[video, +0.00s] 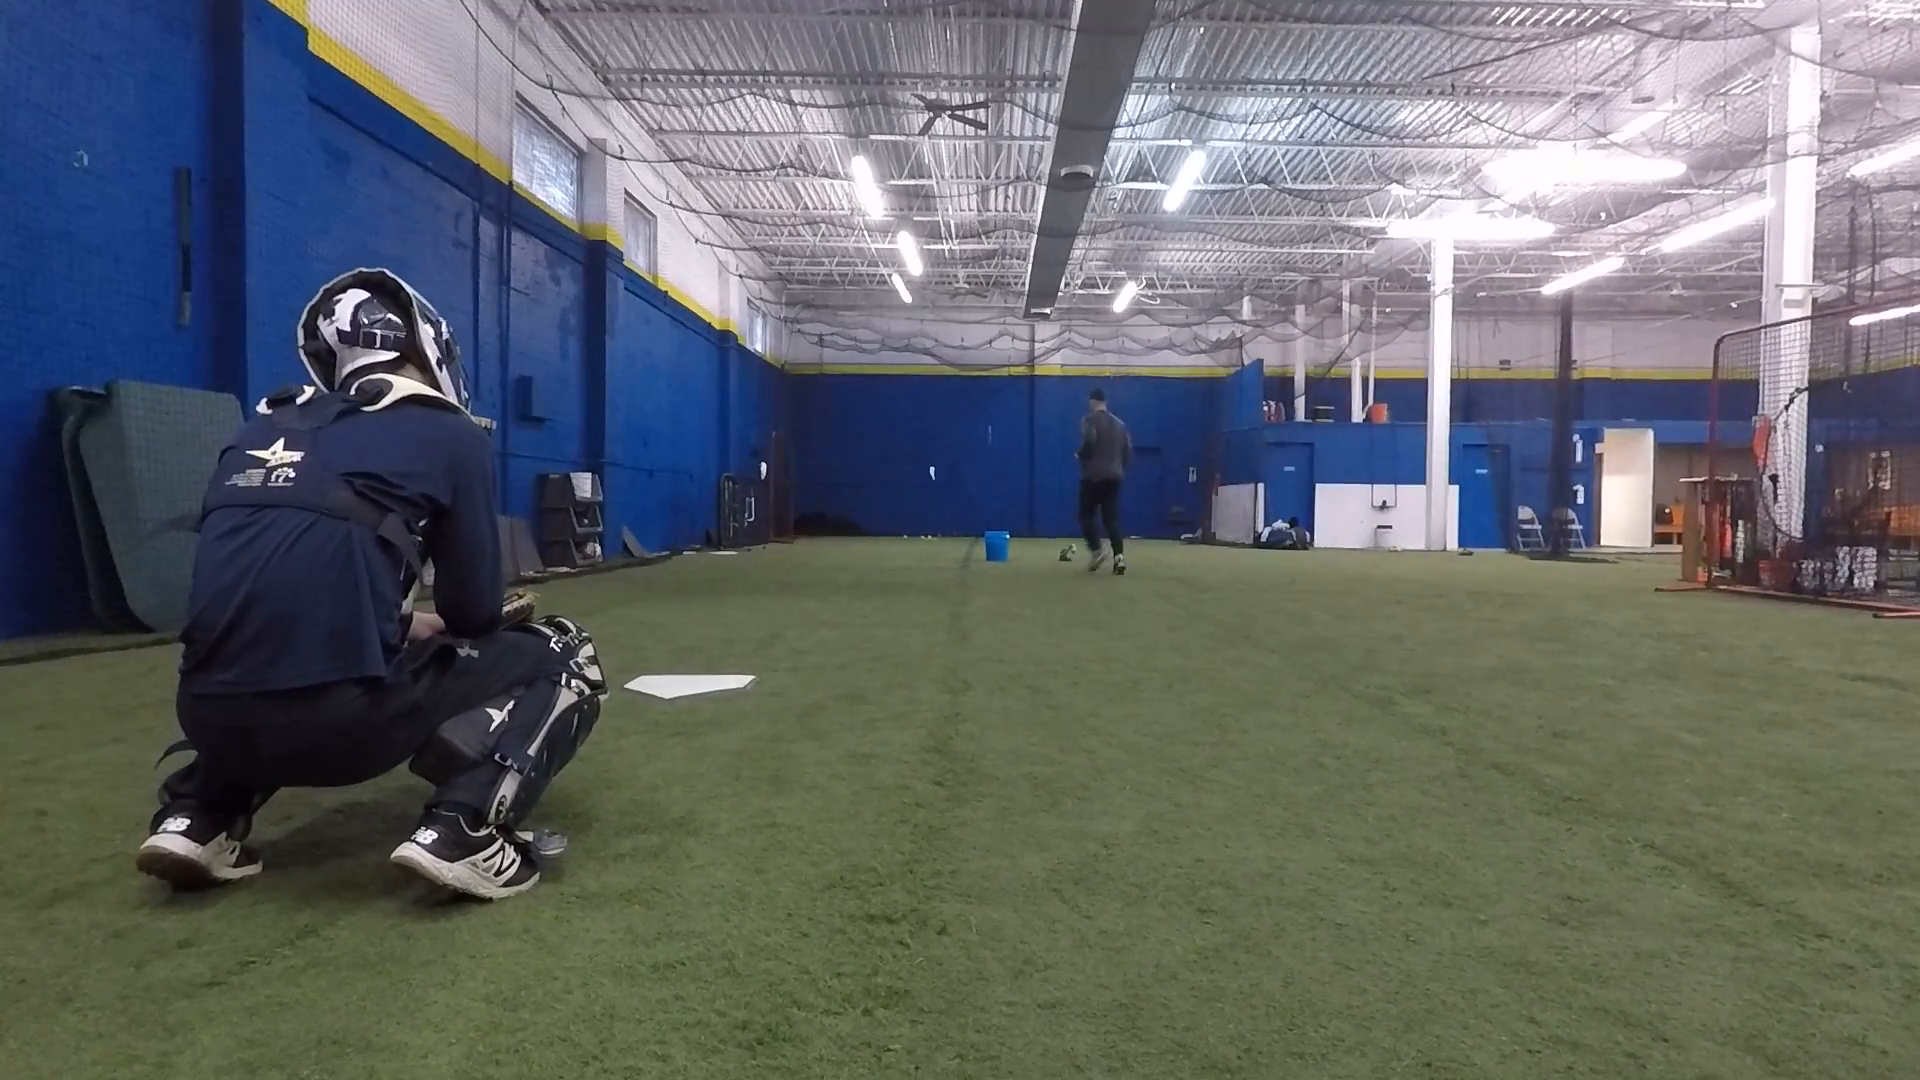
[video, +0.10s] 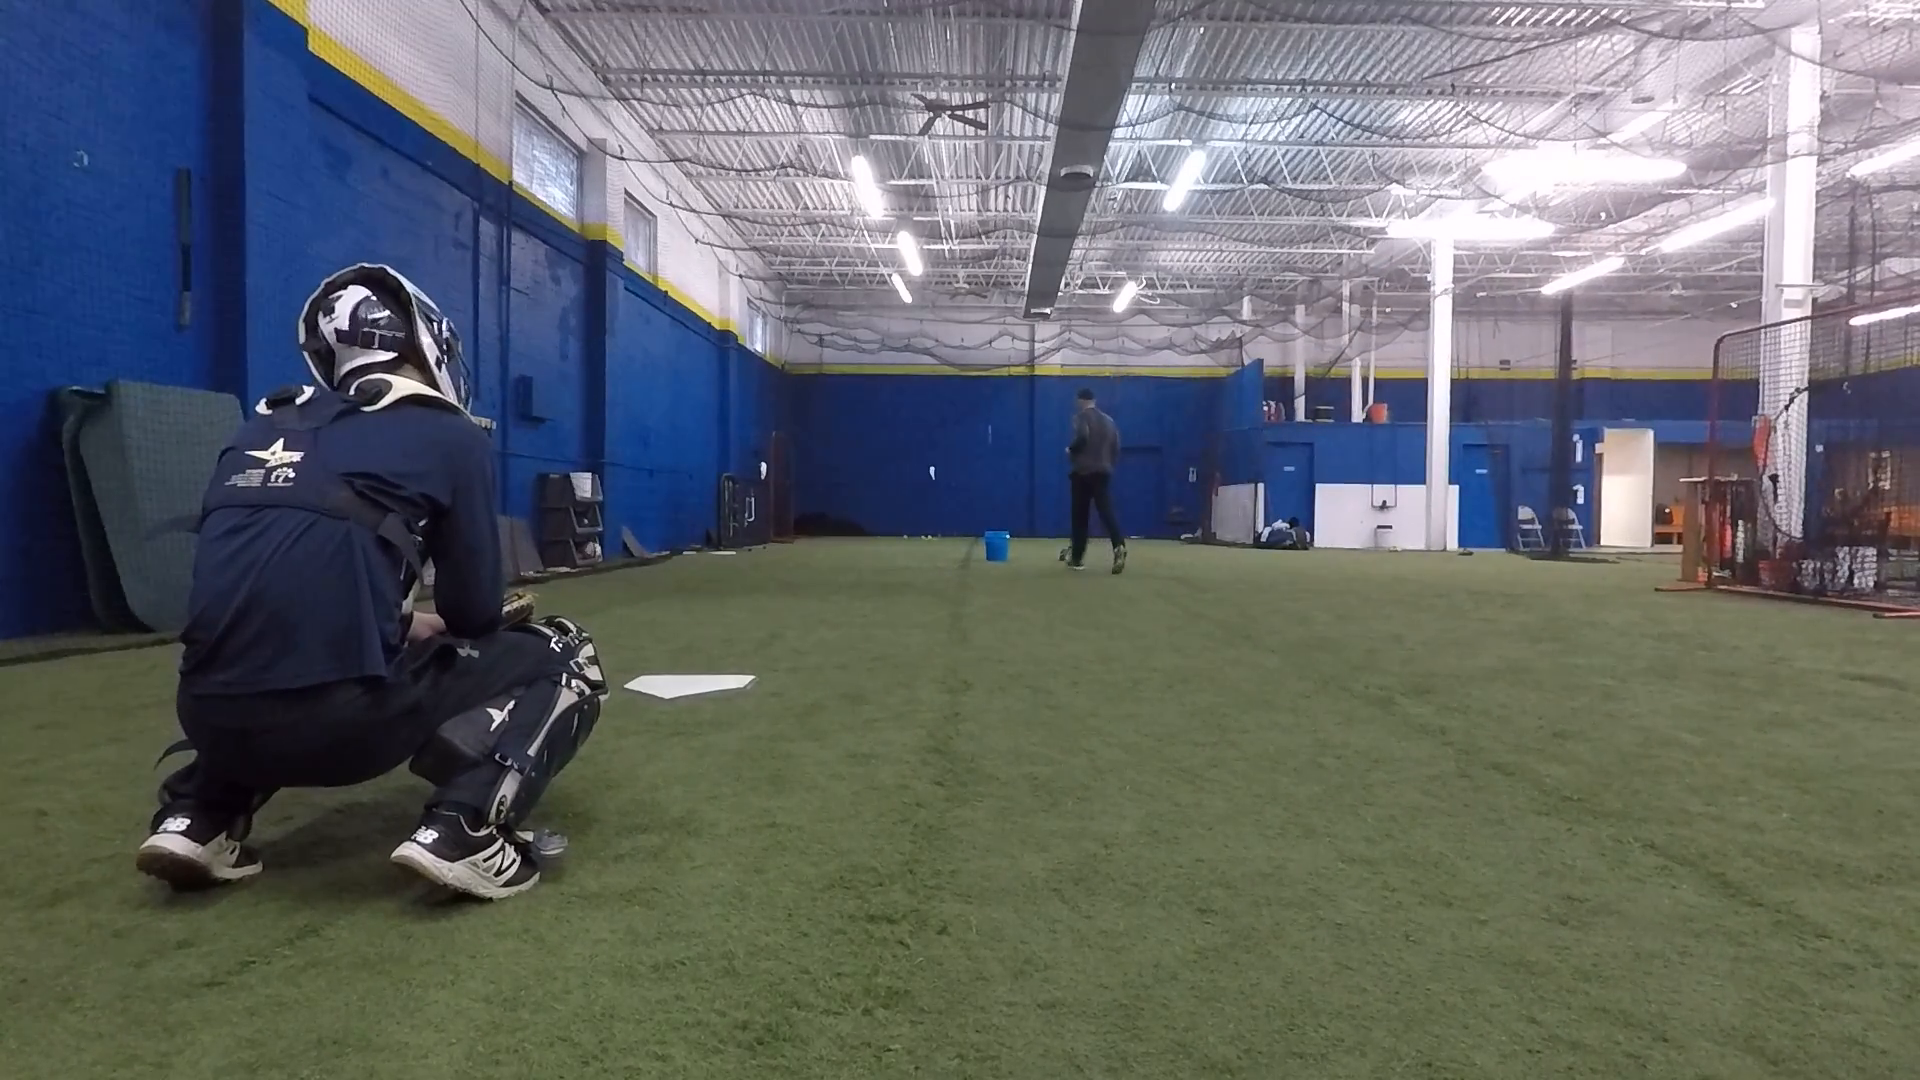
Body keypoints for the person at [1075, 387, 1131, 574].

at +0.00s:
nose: (1090, 405)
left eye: (1090, 402)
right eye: (1092, 402)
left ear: (1091, 402)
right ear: (1105, 402)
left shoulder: (1090, 420)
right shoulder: (1118, 422)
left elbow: (1090, 440)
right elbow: (1127, 448)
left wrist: (1080, 454)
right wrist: (1122, 466)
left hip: (1093, 476)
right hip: (1114, 475)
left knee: (1086, 515)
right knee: (1111, 515)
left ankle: (1096, 550)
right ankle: (1119, 555)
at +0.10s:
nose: (1077, 405)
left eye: (1078, 401)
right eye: (1079, 401)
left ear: (1080, 401)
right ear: (1094, 401)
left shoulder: (1081, 417)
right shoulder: (1108, 420)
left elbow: (1082, 437)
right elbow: (1115, 447)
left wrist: (1070, 449)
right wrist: (1110, 463)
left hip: (1082, 472)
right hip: (1102, 471)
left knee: (1080, 515)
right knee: (1105, 509)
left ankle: (1076, 558)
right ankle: (1118, 545)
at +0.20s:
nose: (1073, 412)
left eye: (1072, 409)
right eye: (1074, 408)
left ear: (1070, 409)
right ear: (1084, 408)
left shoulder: (1069, 426)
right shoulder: (1098, 426)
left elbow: (1070, 444)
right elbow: (1106, 448)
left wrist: (1061, 455)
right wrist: (1105, 468)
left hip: (1074, 479)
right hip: (1094, 477)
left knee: (1070, 517)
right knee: (1095, 514)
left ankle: (1068, 558)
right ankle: (1114, 541)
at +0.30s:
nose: (1063, 417)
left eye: (1062, 414)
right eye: (1065, 414)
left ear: (1062, 414)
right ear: (1075, 413)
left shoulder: (1060, 434)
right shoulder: (1090, 432)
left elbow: (1057, 459)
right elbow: (1097, 456)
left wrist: (1052, 465)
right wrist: (1098, 471)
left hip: (1066, 485)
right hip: (1086, 485)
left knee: (1063, 522)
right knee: (1084, 521)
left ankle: (1067, 558)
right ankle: (1104, 542)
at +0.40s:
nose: (1054, 416)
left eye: (1054, 413)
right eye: (1056, 413)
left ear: (1055, 413)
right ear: (1068, 411)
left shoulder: (1053, 431)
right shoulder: (1083, 430)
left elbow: (1045, 455)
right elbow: (1090, 453)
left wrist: (1054, 461)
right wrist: (1088, 470)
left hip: (1060, 481)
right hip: (1079, 480)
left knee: (1062, 518)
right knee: (1076, 516)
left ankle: (1066, 555)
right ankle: (1086, 543)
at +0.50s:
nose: (1052, 414)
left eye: (1050, 411)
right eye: (1054, 410)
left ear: (1050, 411)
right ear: (1063, 409)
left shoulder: (1047, 428)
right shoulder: (1079, 427)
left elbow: (1039, 451)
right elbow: (1085, 451)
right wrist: (1082, 467)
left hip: (1055, 477)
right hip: (1074, 476)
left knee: (1057, 512)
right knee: (1069, 508)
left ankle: (1064, 549)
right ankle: (1072, 543)